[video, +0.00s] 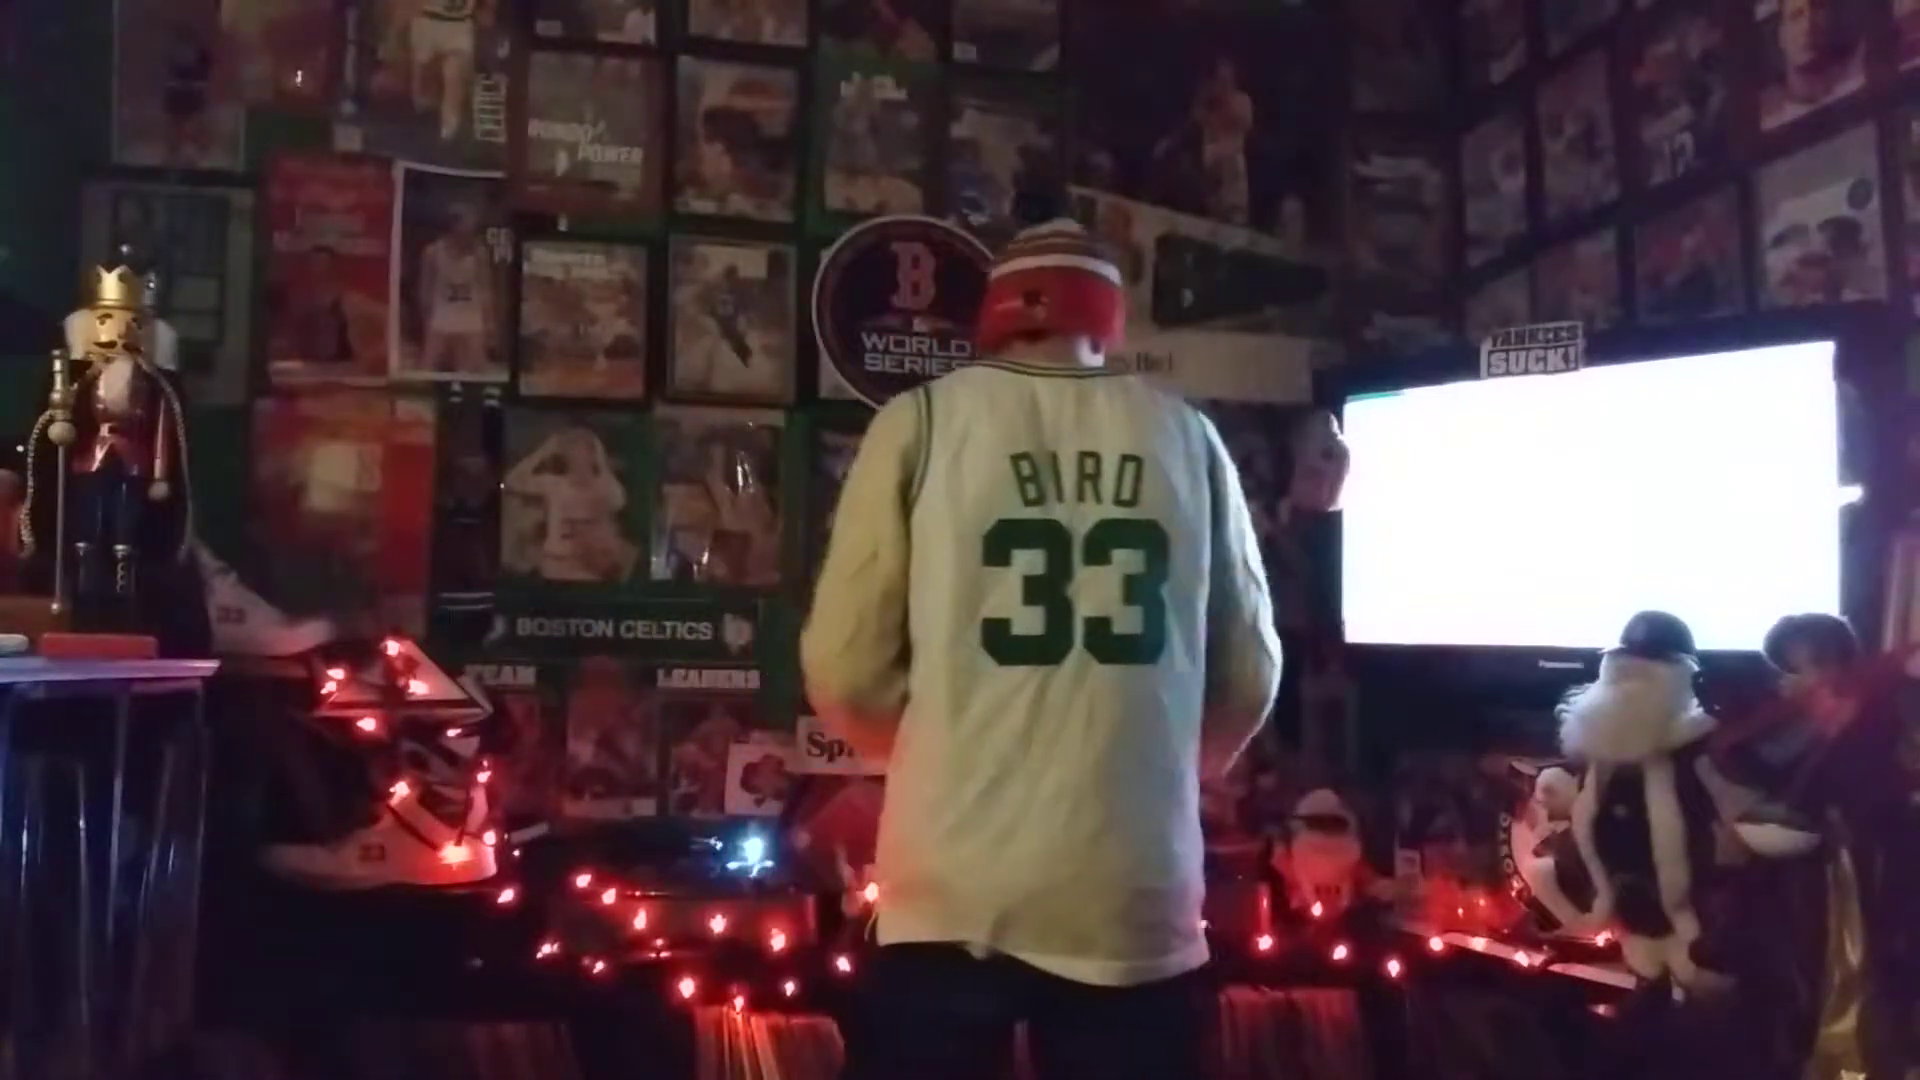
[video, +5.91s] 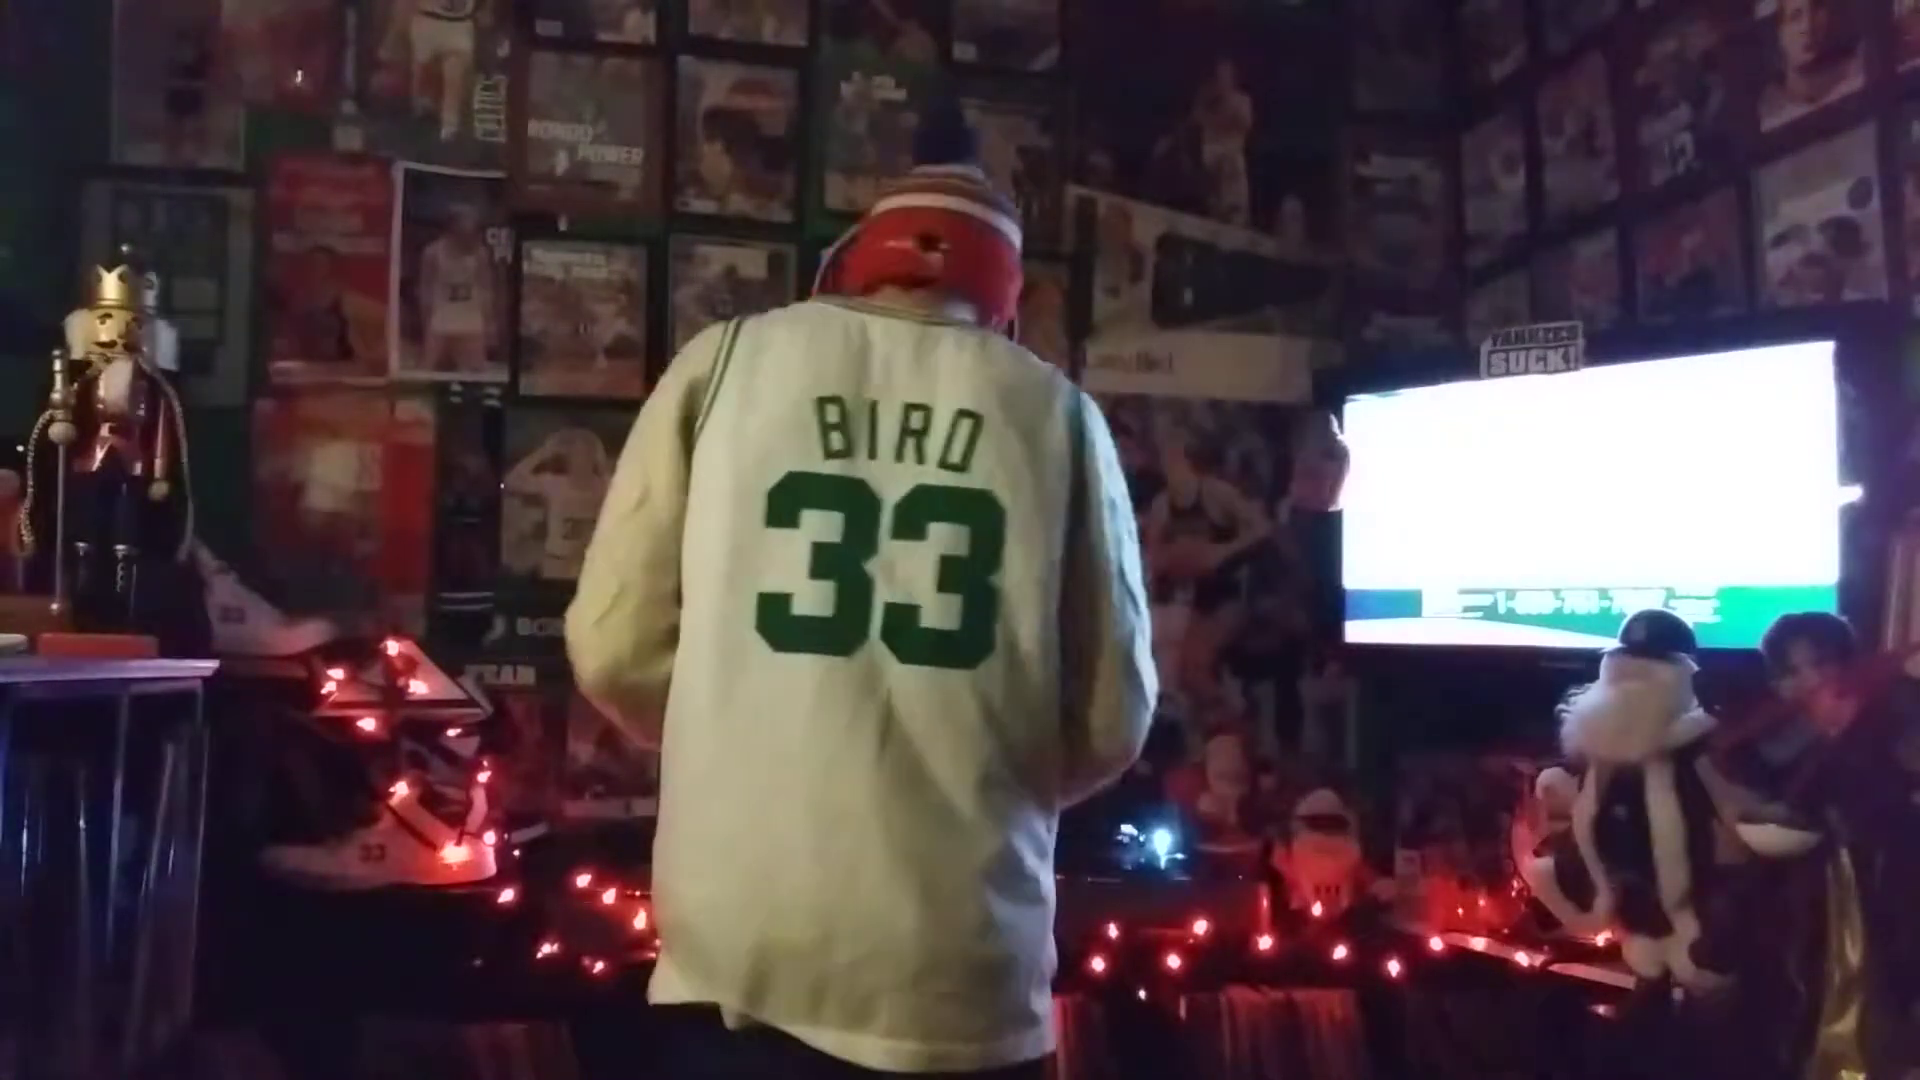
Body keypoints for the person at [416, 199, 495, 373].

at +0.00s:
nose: (467, 234)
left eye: (470, 229)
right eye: (463, 228)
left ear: (474, 229)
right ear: (453, 227)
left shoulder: (480, 252)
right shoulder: (433, 253)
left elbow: (487, 291)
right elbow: (425, 290)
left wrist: (490, 326)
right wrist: (427, 317)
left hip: (472, 328)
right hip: (440, 328)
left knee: (472, 381)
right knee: (433, 380)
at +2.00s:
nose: (468, 236)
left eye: (472, 231)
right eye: (464, 230)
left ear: (477, 230)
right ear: (454, 229)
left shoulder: (481, 252)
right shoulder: (434, 253)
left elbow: (487, 289)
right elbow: (425, 288)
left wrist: (490, 323)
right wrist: (427, 317)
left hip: (472, 327)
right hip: (440, 327)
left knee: (472, 380)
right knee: (434, 380)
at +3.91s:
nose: (467, 235)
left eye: (471, 230)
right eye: (463, 230)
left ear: (476, 230)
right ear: (453, 228)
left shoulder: (480, 252)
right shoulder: (434, 252)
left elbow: (486, 288)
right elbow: (425, 287)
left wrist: (489, 321)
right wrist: (426, 316)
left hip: (471, 327)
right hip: (440, 326)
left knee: (472, 378)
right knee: (432, 378)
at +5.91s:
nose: (467, 236)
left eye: (471, 231)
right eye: (463, 231)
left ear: (476, 230)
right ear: (452, 229)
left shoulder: (480, 253)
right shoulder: (434, 253)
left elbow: (487, 289)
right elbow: (426, 288)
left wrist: (490, 323)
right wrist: (427, 321)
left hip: (472, 327)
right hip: (440, 326)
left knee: (475, 378)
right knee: (429, 378)